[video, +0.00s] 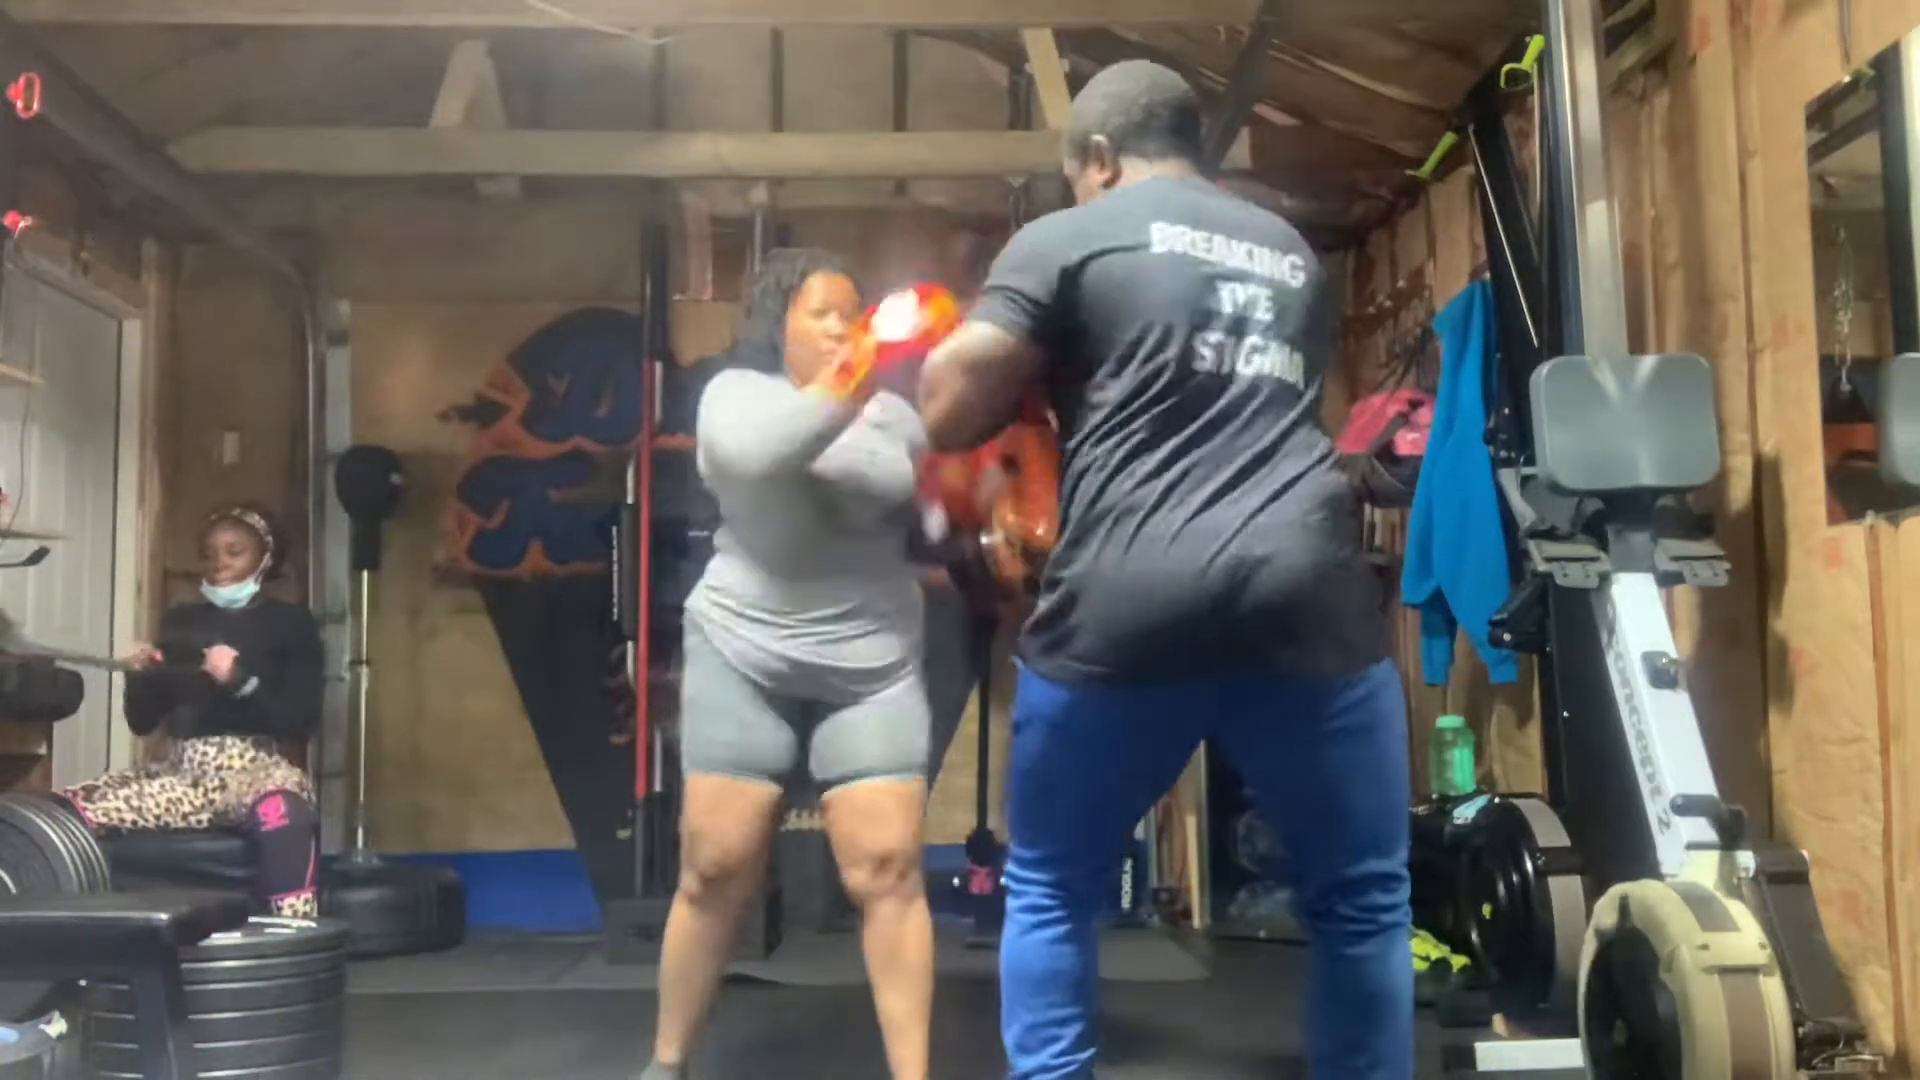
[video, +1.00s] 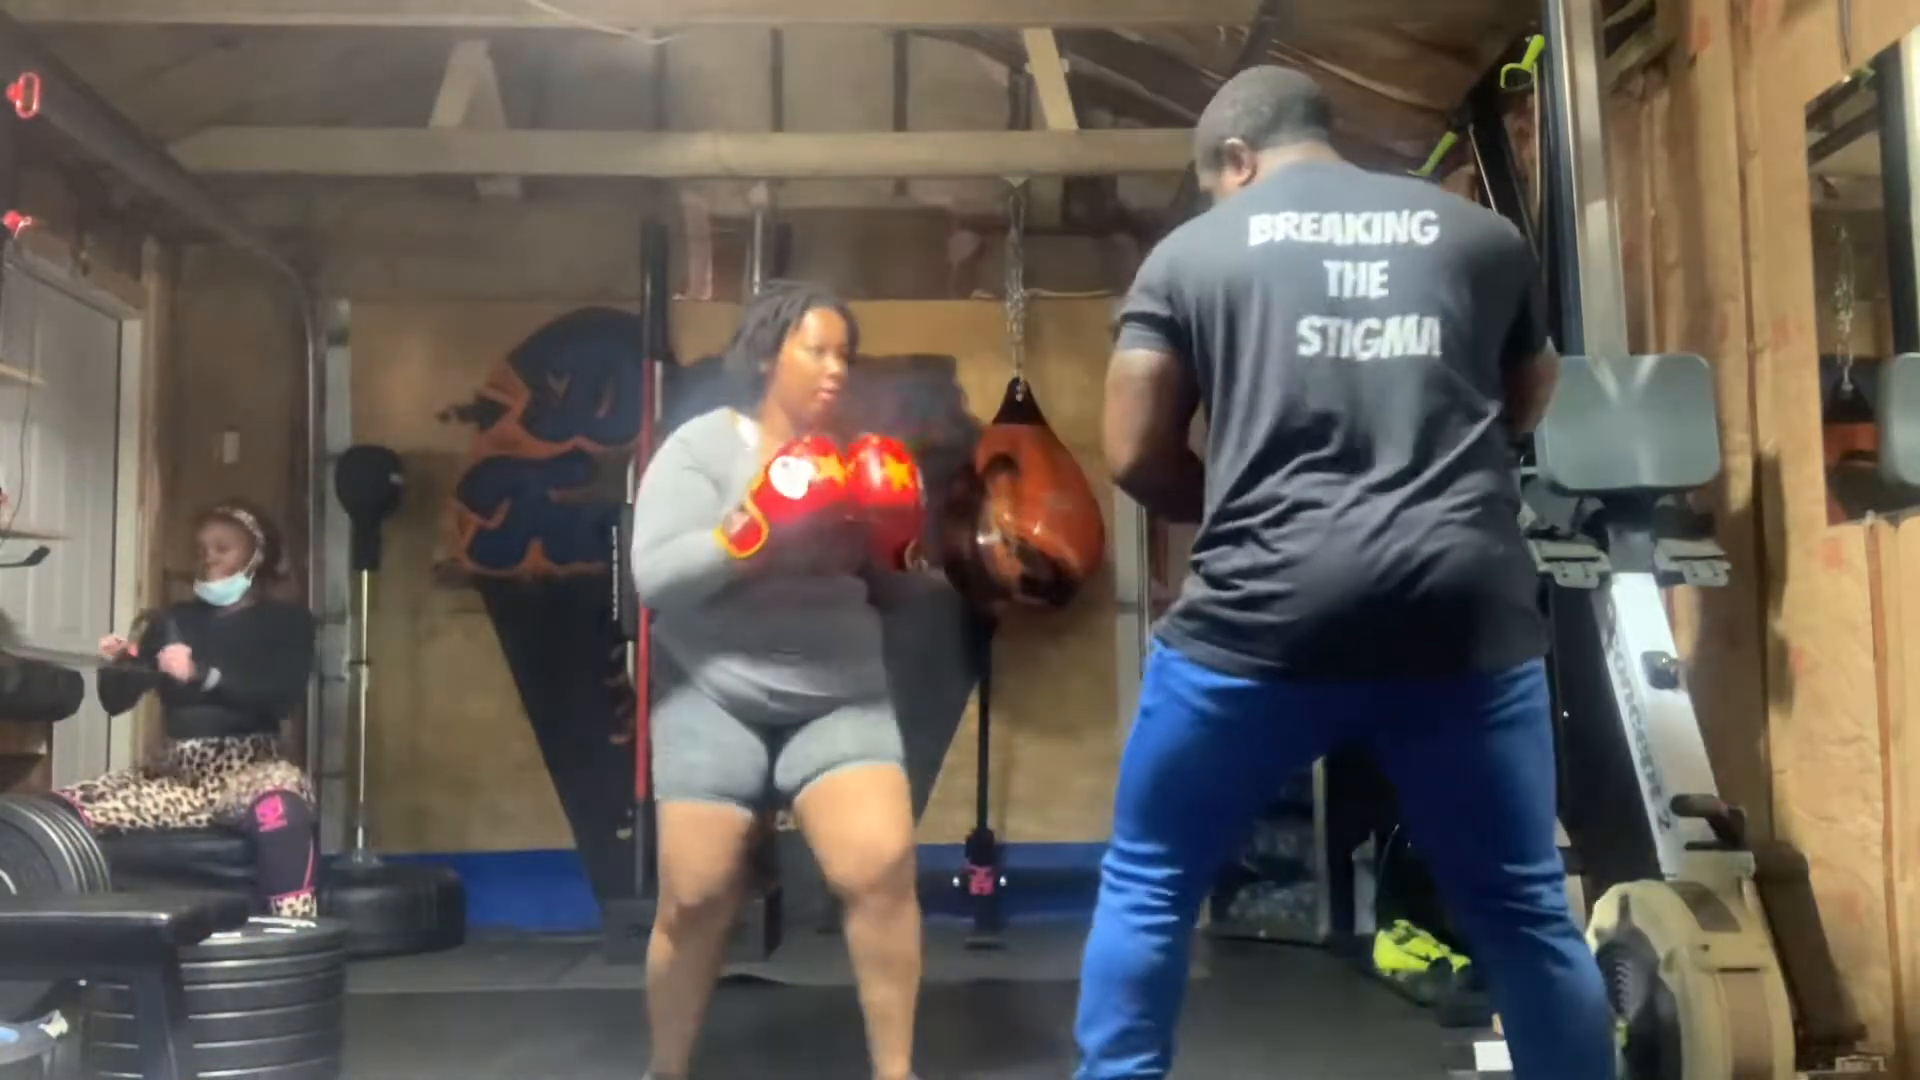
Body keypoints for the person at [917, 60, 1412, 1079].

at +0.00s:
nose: (1071, 191)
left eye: (1072, 173)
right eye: (1072, 175)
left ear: (1101, 162)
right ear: (1201, 153)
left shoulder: (1068, 237)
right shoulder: (1295, 251)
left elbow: (949, 416)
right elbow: (1267, 400)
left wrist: (1036, 346)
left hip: (1124, 596)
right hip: (1308, 597)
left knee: (1052, 890)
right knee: (1362, 909)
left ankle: (1049, 1072)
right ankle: (1368, 1077)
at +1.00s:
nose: (1212, 203)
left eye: (1209, 185)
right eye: (1210, 188)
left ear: (1239, 159)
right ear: (1331, 141)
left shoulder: (1189, 253)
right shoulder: (1485, 232)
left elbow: (1137, 456)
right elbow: (1523, 408)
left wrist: (1241, 502)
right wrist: (1409, 455)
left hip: (1269, 603)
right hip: (1472, 604)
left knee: (1150, 878)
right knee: (1527, 908)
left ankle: (1115, 1073)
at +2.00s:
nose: (770, 240)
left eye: (765, 231)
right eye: (765, 227)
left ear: (643, 236)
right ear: (737, 220)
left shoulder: (561, 356)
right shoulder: (833, 293)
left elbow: (568, 541)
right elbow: (909, 407)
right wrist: (935, 508)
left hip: (645, 652)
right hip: (834, 648)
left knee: (615, 891)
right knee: (902, 915)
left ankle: (630, 1069)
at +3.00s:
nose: (435, 91)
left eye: (439, 66)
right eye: (429, 56)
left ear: (342, 33)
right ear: (349, 25)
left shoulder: (319, 172)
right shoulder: (249, 126)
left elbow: (373, 337)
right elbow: (251, 323)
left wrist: (520, 286)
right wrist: (449, 407)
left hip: (286, 624)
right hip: (162, 612)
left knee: (370, 855)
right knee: (118, 941)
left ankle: (384, 1071)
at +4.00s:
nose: (695, 40)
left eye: (702, 20)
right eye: (687, 9)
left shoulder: (630, 199)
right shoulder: (421, 63)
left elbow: (640, 406)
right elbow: (290, 259)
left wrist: (726, 527)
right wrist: (548, 366)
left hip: (542, 605)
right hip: (408, 593)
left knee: (460, 938)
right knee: (526, 941)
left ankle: (301, 1079)